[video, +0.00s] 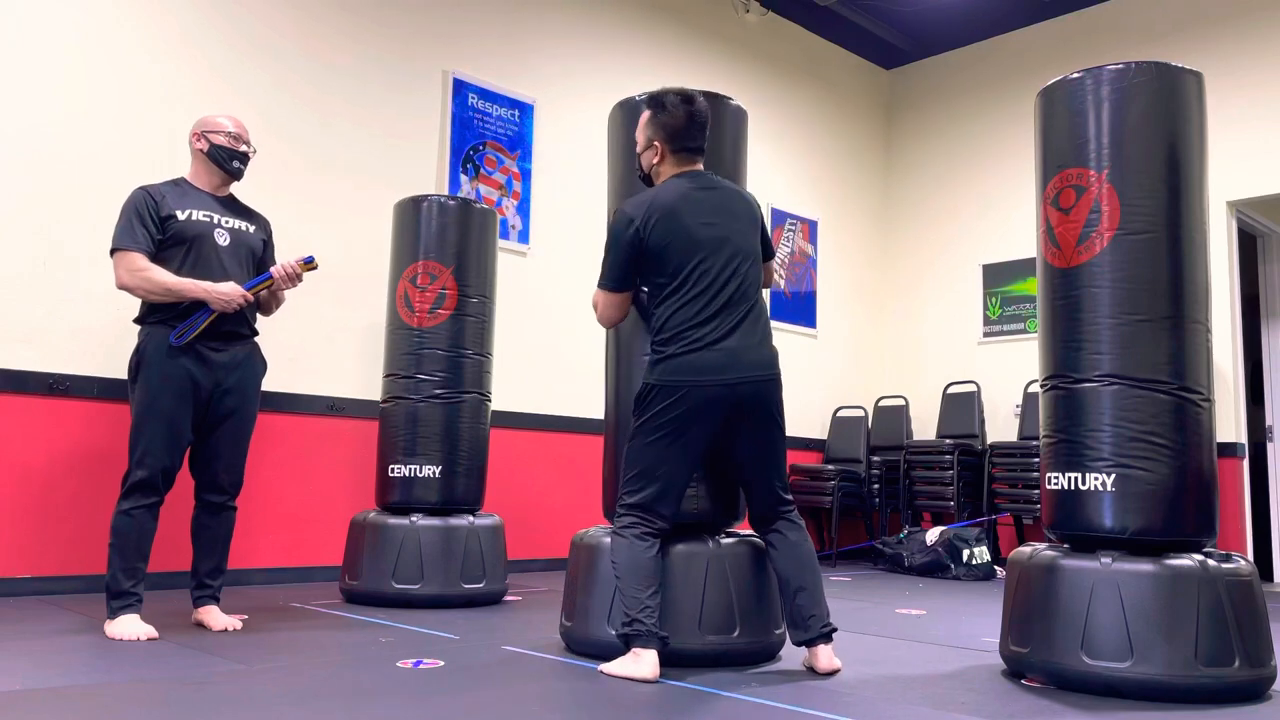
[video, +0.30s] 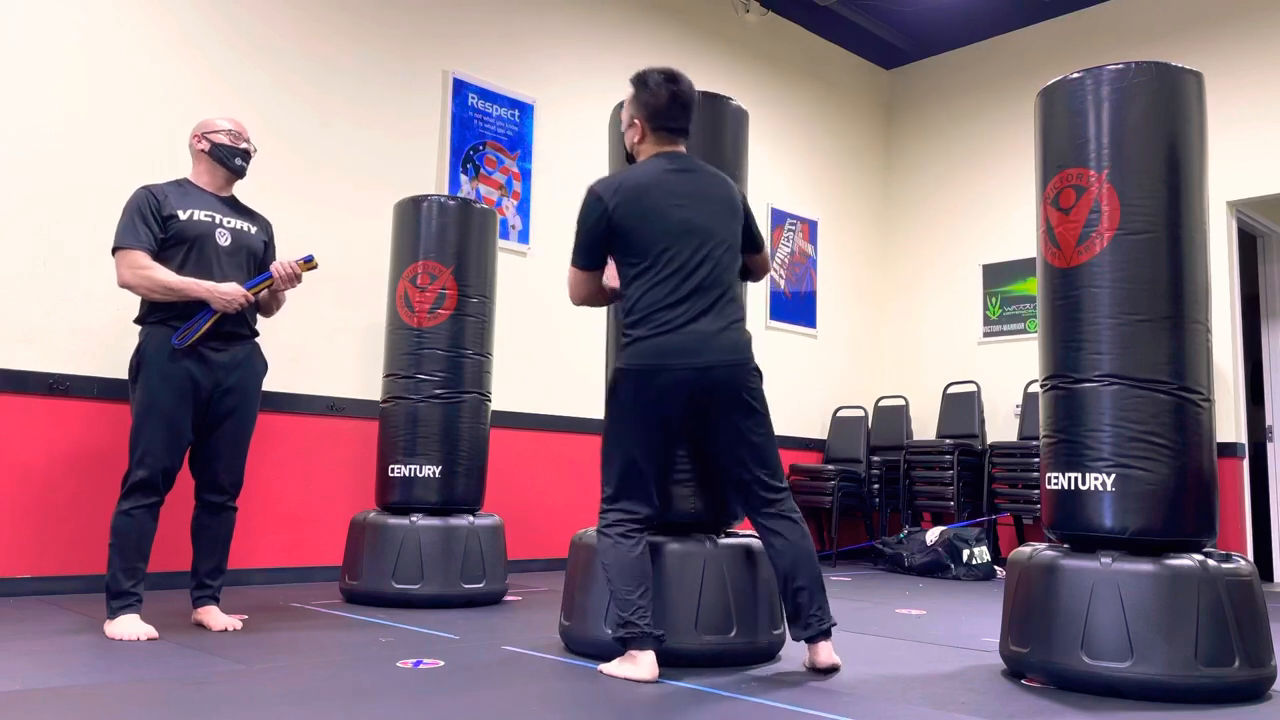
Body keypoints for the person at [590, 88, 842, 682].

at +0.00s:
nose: (638, 153)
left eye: (642, 144)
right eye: (639, 143)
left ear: (657, 148)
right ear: (698, 144)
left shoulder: (638, 213)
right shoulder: (743, 202)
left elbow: (609, 312)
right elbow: (762, 279)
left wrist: (643, 276)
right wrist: (703, 273)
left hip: (681, 381)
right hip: (757, 377)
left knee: (641, 519)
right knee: (776, 508)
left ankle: (642, 651)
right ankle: (820, 644)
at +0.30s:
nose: (625, 127)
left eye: (626, 119)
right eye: (628, 117)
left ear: (636, 124)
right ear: (687, 124)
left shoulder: (609, 192)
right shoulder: (723, 187)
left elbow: (583, 292)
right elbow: (756, 265)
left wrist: (627, 281)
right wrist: (697, 259)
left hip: (649, 366)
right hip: (729, 365)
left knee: (626, 512)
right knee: (771, 498)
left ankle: (639, 652)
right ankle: (820, 640)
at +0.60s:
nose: (594, 88)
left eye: (587, 81)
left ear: (588, 85)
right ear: (652, 85)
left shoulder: (554, 154)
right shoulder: (691, 152)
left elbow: (528, 263)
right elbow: (729, 259)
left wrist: (552, 325)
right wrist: (751, 336)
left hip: (592, 333)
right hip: (676, 330)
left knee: (602, 495)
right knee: (714, 470)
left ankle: (633, 653)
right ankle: (714, 626)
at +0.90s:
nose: (611, 79)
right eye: (614, 71)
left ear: (542, 78)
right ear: (611, 75)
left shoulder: (499, 149)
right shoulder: (644, 142)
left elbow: (466, 247)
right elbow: (679, 255)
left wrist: (434, 338)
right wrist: (686, 353)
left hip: (524, 331)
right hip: (604, 325)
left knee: (571, 486)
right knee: (589, 496)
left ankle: (601, 637)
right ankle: (539, 676)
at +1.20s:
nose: (547, 54)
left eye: (542, 42)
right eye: (544, 43)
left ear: (476, 52)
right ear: (533, 44)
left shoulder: (437, 125)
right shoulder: (541, 101)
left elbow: (421, 242)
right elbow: (580, 197)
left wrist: (444, 305)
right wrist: (599, 250)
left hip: (443, 311)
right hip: (513, 308)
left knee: (432, 485)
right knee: (528, 494)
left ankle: (348, 638)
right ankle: (530, 681)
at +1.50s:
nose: (475, 51)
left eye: (471, 38)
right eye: (471, 38)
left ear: (404, 44)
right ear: (451, 38)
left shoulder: (381, 107)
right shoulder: (449, 96)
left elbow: (421, 204)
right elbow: (482, 206)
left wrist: (490, 185)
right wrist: (511, 167)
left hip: (363, 302)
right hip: (415, 304)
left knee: (352, 479)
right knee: (448, 477)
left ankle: (321, 654)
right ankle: (406, 667)